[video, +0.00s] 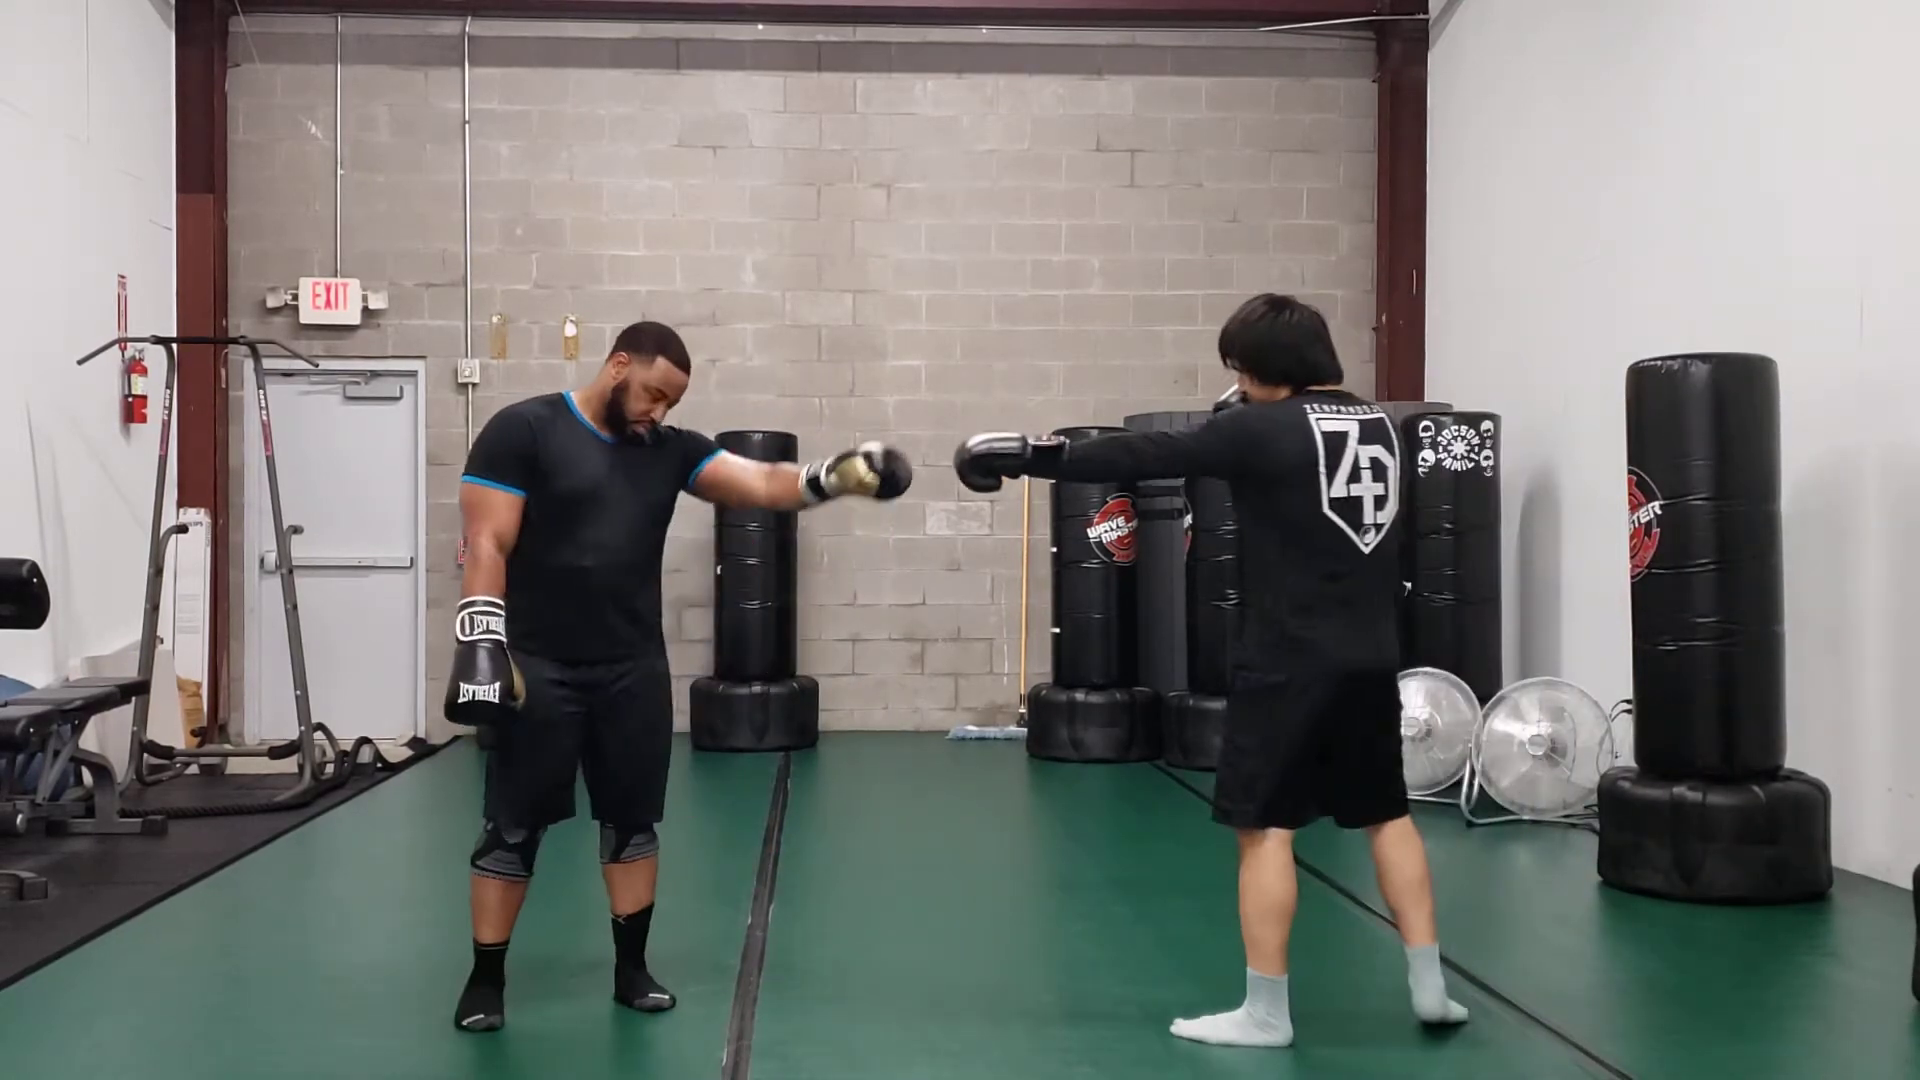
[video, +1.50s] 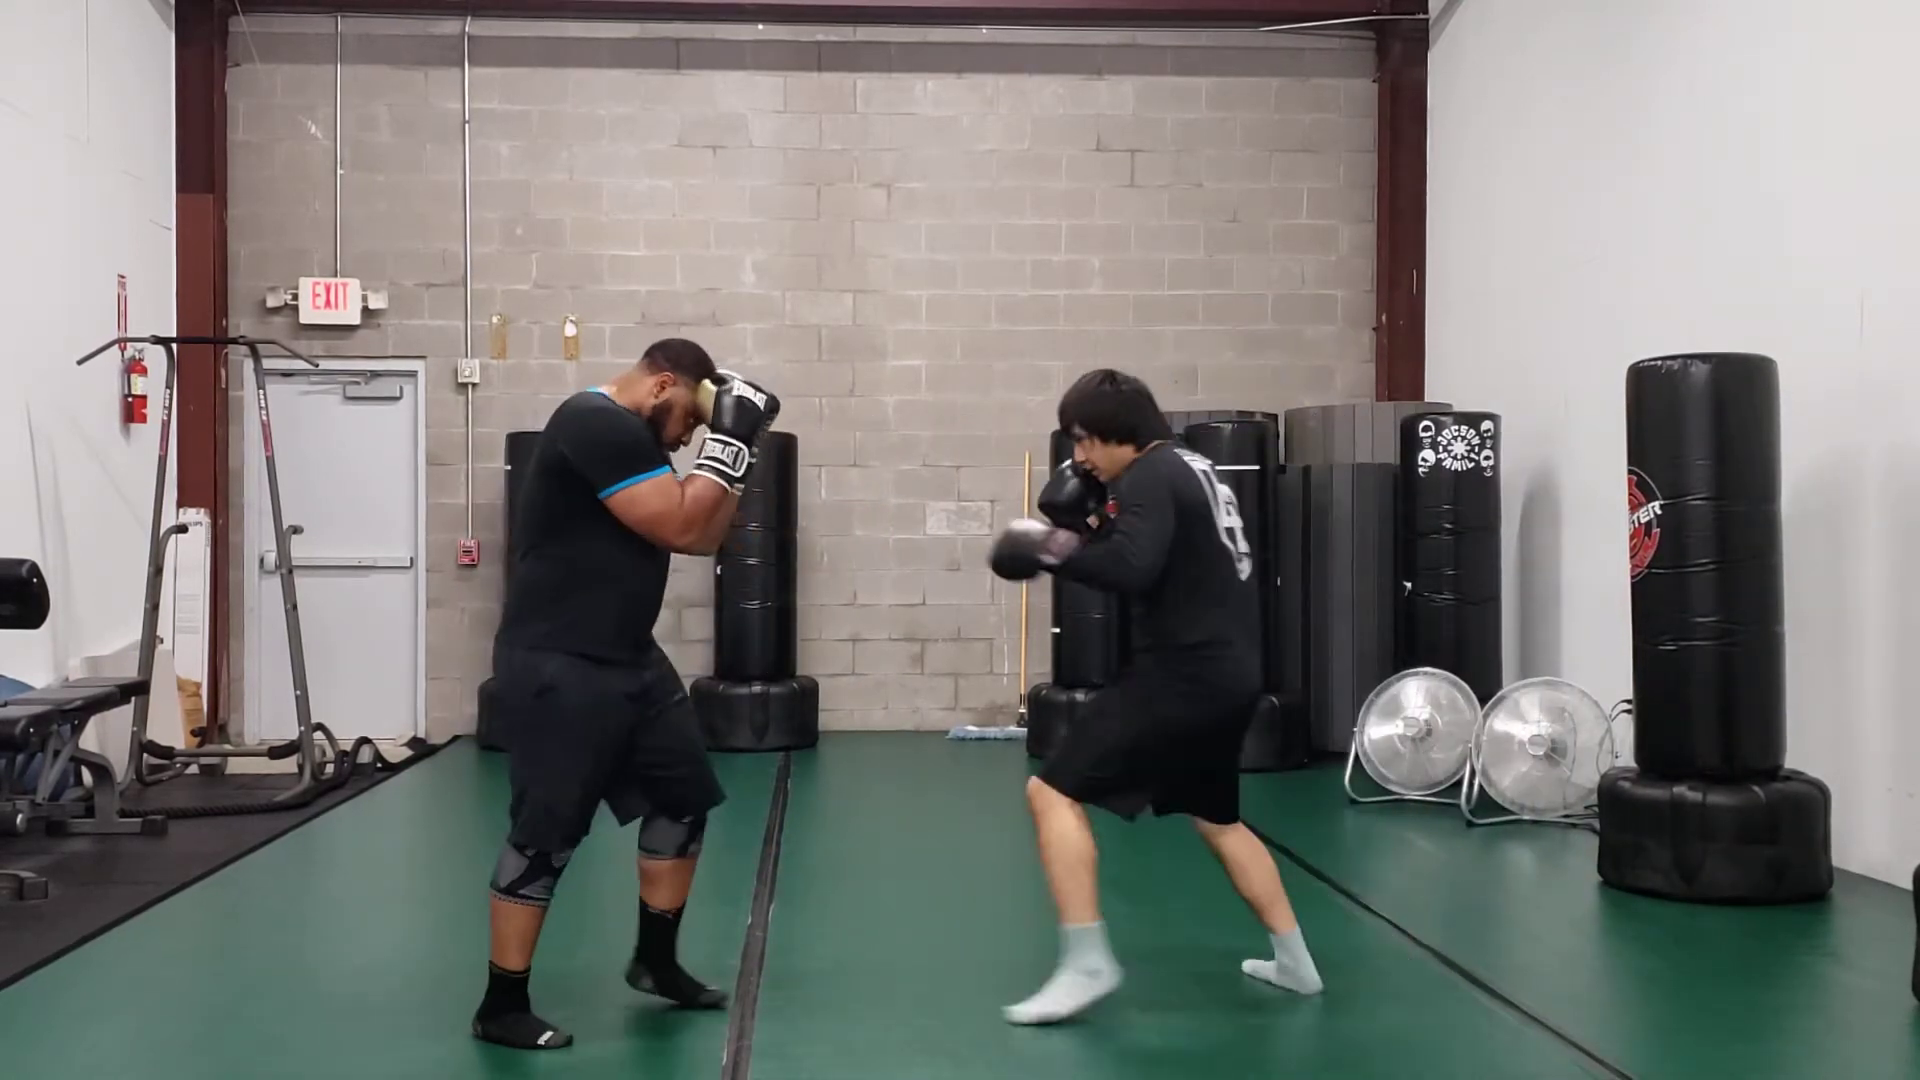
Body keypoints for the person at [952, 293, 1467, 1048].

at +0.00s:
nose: (1236, 385)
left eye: (1240, 372)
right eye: (1235, 372)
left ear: (1270, 371)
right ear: (1318, 363)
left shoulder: (1261, 430)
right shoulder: (1382, 426)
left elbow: (1154, 451)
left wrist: (1048, 456)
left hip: (1286, 667)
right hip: (1369, 663)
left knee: (1264, 828)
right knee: (1389, 814)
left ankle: (1265, 1013)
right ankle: (1430, 986)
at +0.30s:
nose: (1192, 395)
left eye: (1194, 382)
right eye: (1189, 383)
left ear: (1222, 376)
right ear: (1273, 363)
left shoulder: (1218, 432)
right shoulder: (1342, 420)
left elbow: (1104, 452)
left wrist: (991, 446)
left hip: (1266, 668)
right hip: (1350, 659)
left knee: (1255, 830)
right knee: (1377, 807)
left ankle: (1264, 1012)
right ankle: (1422, 972)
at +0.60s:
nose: (1192, 414)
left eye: (1194, 398)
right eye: (1187, 400)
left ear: (1232, 388)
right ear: (1253, 381)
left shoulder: (1267, 445)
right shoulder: (1318, 426)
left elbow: (1277, 547)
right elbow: (1301, 535)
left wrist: (1179, 534)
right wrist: (1214, 503)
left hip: (1274, 669)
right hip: (1340, 662)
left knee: (1241, 827)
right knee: (1349, 817)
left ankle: (1263, 1012)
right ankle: (1397, 983)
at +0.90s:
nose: (1185, 413)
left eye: (1187, 398)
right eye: (1181, 400)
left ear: (1223, 389)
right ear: (1237, 383)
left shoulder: (1271, 436)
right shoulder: (1290, 432)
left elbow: (1291, 531)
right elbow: (1264, 531)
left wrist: (1204, 517)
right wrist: (1196, 506)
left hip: (1279, 658)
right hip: (1334, 657)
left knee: (1221, 816)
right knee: (1354, 816)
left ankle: (1178, 989)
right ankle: (1398, 986)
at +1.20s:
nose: (1107, 454)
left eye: (1110, 440)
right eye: (1102, 442)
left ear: (1144, 425)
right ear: (1160, 419)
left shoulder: (1184, 470)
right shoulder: (1225, 448)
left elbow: (1186, 572)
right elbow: (1221, 548)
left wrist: (1107, 560)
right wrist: (1138, 519)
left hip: (1233, 665)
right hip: (1282, 661)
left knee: (1156, 818)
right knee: (1251, 796)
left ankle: (1170, 998)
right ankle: (1348, 933)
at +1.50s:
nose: (1079, 456)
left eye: (1084, 441)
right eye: (1076, 442)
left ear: (1118, 435)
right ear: (1141, 429)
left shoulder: (1150, 478)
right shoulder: (1191, 465)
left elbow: (1133, 564)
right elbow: (1174, 557)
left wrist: (1063, 552)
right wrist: (1094, 529)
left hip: (1181, 676)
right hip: (1229, 676)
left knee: (1051, 792)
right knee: (1218, 816)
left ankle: (1086, 960)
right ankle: (1296, 961)